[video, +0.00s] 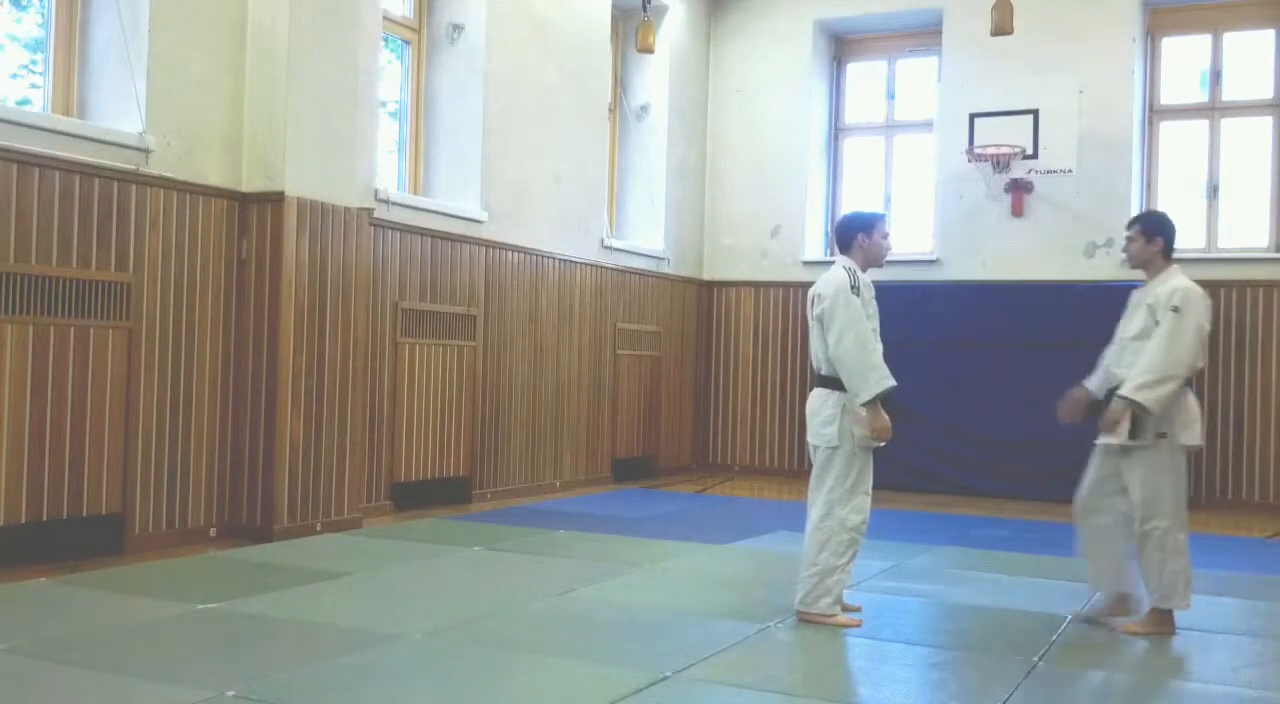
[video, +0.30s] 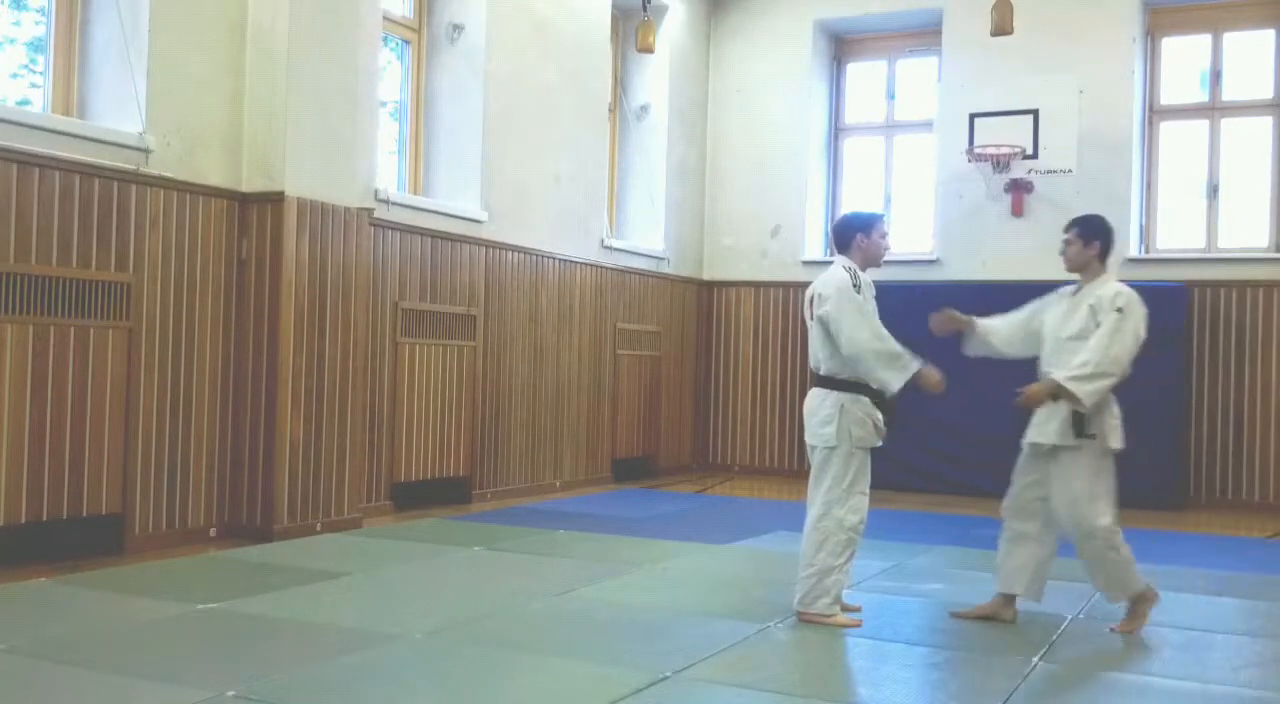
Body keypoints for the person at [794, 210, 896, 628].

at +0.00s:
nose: (890, 245)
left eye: (888, 237)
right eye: (885, 237)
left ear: (861, 240)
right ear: (862, 240)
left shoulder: (852, 282)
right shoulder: (841, 284)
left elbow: (860, 347)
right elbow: (852, 348)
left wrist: (874, 401)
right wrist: (874, 405)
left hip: (847, 403)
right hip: (838, 405)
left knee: (844, 504)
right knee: (839, 507)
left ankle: (826, 591)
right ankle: (816, 602)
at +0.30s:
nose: (888, 244)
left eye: (887, 236)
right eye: (882, 236)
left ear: (860, 240)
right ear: (861, 240)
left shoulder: (855, 283)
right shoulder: (838, 283)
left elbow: (874, 336)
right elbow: (858, 342)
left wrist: (914, 366)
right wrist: (915, 369)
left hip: (851, 406)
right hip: (837, 407)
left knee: (845, 506)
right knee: (836, 508)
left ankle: (826, 592)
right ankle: (815, 602)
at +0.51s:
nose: (886, 245)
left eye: (885, 237)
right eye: (880, 237)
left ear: (853, 242)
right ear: (855, 241)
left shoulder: (840, 280)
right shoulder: (840, 281)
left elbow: (847, 347)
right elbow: (891, 319)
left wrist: (891, 363)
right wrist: (951, 316)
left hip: (840, 403)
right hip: (839, 407)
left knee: (839, 505)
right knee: (839, 508)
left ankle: (824, 594)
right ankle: (816, 603)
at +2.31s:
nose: (847, 247)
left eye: (846, 239)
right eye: (844, 239)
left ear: (810, 239)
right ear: (825, 239)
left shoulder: (779, 279)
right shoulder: (813, 283)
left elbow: (818, 330)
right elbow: (879, 303)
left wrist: (859, 333)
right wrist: (943, 285)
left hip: (780, 401)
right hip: (804, 408)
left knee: (791, 498)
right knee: (819, 506)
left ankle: (769, 573)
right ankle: (813, 604)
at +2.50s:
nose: (816, 251)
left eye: (816, 243)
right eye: (813, 242)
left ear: (785, 243)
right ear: (793, 242)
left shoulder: (759, 281)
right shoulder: (782, 285)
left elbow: (793, 336)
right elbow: (846, 306)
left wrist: (834, 341)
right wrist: (910, 288)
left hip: (761, 404)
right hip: (781, 408)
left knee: (769, 497)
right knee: (806, 504)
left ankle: (712, 563)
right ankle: (811, 604)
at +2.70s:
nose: (792, 256)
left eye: (791, 248)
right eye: (787, 247)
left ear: (763, 250)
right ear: (764, 248)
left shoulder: (748, 286)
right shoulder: (744, 285)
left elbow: (764, 355)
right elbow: (801, 304)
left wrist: (807, 346)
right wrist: (865, 289)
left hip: (731, 404)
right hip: (733, 407)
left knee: (724, 503)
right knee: (766, 501)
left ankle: (697, 585)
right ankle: (789, 599)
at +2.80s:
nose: (778, 252)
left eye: (778, 244)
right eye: (773, 243)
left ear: (748, 244)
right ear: (750, 243)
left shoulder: (740, 283)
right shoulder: (727, 279)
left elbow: (752, 356)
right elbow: (781, 299)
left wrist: (796, 343)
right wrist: (844, 287)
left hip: (724, 401)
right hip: (717, 401)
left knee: (711, 495)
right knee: (748, 489)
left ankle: (697, 582)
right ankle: (733, 589)